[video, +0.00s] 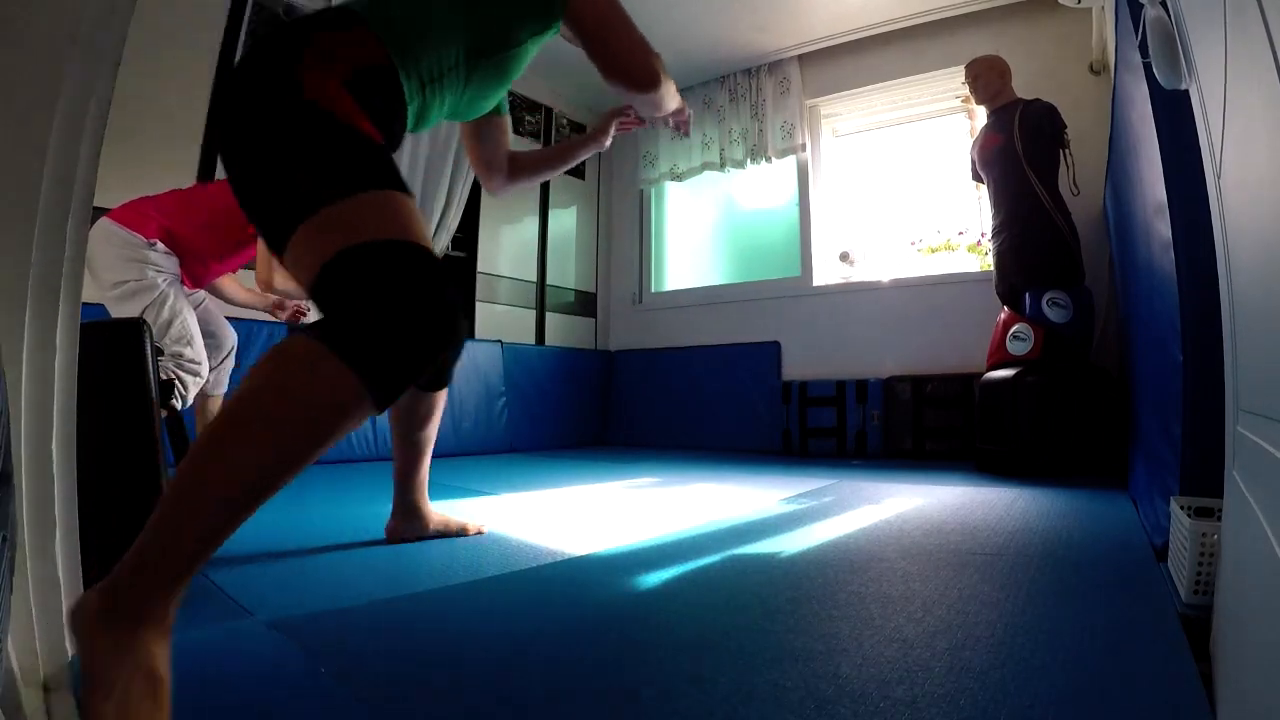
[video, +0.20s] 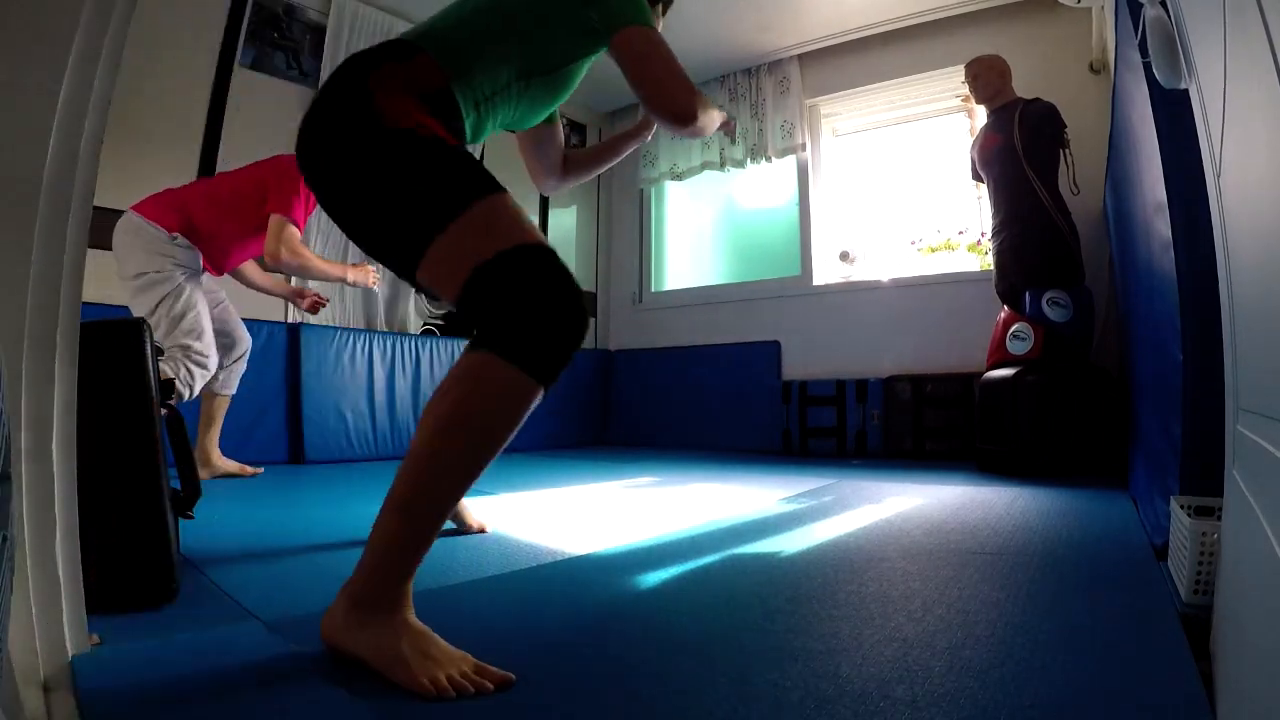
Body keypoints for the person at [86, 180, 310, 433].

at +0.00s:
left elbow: (209, 274)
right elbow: (273, 280)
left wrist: (270, 304)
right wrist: (322, 290)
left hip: (166, 259)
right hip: (133, 245)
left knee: (221, 341)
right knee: (187, 365)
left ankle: (209, 458)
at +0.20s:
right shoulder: (293, 175)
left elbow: (234, 260)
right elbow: (282, 252)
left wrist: (290, 292)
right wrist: (348, 272)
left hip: (190, 255)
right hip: (154, 237)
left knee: (233, 345)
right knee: (193, 358)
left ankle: (207, 455)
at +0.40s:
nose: (388, 165)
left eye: (390, 156)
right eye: (388, 154)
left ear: (354, 144)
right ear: (373, 147)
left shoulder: (317, 169)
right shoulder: (334, 163)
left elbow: (254, 249)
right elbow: (326, 245)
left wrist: (314, 267)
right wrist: (388, 258)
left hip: (226, 256)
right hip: (194, 245)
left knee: (283, 327)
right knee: (236, 364)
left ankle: (239, 429)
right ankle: (152, 438)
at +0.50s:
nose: (407, 168)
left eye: (408, 159)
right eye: (407, 157)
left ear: (370, 149)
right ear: (391, 153)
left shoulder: (337, 171)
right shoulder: (359, 172)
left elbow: (265, 243)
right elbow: (358, 248)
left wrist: (318, 269)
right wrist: (414, 257)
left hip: (245, 261)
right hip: (218, 252)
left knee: (297, 337)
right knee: (239, 374)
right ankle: (152, 444)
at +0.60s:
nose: (429, 171)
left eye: (429, 163)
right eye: (428, 162)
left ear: (399, 156)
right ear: (413, 158)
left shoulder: (364, 178)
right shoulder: (382, 175)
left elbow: (303, 252)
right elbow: (380, 246)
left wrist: (357, 273)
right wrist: (435, 255)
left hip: (278, 265)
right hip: (251, 254)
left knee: (320, 349)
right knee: (277, 362)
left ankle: (313, 451)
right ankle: (176, 436)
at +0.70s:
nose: (449, 174)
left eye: (449, 165)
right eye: (449, 164)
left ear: (414, 157)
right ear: (437, 160)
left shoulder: (384, 183)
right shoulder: (401, 174)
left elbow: (344, 261)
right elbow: (398, 242)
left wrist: (396, 268)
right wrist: (453, 253)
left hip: (291, 254)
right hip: (276, 248)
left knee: (348, 346)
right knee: (334, 339)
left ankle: (318, 445)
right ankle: (251, 434)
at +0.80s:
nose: (466, 181)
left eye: (468, 173)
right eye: (467, 172)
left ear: (437, 162)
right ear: (455, 164)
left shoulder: (404, 181)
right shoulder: (420, 176)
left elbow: (358, 260)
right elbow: (423, 246)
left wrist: (414, 267)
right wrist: (474, 254)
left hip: (326, 263)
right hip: (308, 259)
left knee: (388, 335)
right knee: (361, 349)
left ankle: (347, 425)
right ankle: (288, 453)